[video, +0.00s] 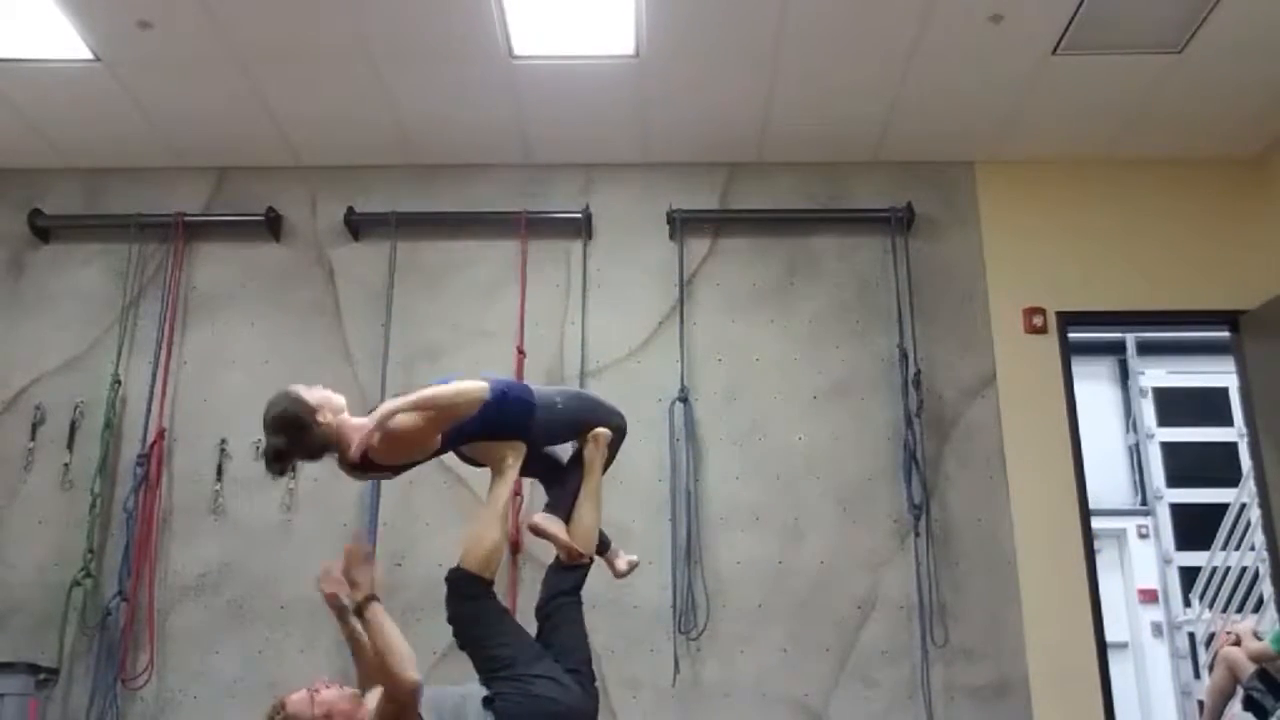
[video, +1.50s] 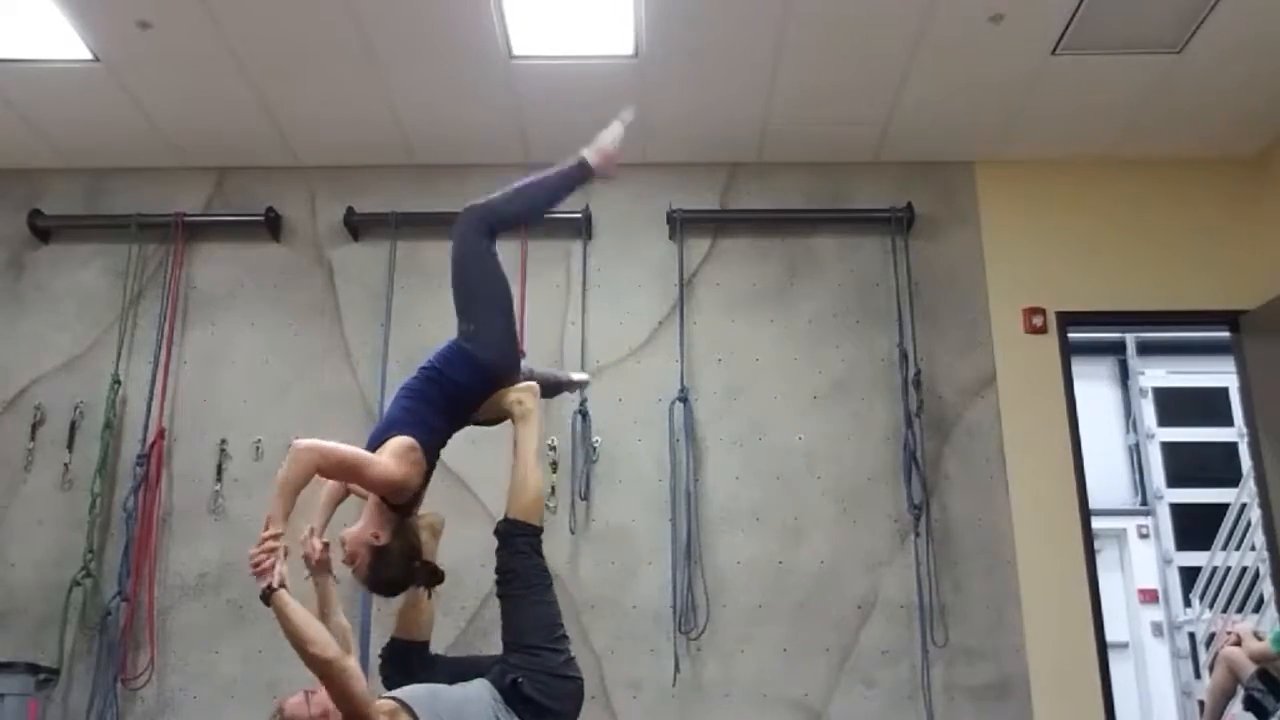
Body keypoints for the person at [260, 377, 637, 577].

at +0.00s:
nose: (321, 388)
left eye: (309, 386)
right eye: (314, 391)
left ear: (319, 430)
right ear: (322, 416)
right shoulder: (383, 437)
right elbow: (476, 392)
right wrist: (387, 413)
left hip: (484, 440)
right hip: (517, 415)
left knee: (559, 477)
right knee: (613, 423)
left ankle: (610, 555)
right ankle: (559, 513)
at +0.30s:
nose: (319, 505)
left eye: (312, 512)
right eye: (325, 512)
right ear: (361, 527)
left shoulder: (373, 479)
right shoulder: (420, 474)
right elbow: (497, 440)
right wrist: (436, 485)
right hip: (519, 406)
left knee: (531, 443)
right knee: (634, 421)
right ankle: (572, 517)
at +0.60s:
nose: (345, 504)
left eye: (343, 513)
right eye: (356, 514)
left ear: (346, 504)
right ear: (383, 520)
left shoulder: (370, 461)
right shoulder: (418, 479)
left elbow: (346, 459)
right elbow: (465, 416)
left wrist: (319, 513)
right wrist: (412, 479)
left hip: (499, 425)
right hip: (524, 399)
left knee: (546, 476)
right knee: (639, 397)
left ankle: (575, 573)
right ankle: (597, 512)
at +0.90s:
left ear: (341, 508)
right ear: (344, 511)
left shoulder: (357, 483)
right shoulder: (364, 470)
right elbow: (342, 424)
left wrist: (307, 512)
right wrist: (321, 491)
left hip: (453, 409)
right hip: (478, 365)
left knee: (543, 450)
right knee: (567, 292)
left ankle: (612, 539)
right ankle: (577, 413)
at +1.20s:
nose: (322, 533)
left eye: (319, 542)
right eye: (325, 540)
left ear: (338, 516)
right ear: (361, 521)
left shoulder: (359, 484)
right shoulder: (378, 470)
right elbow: (342, 440)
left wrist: (292, 529)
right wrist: (304, 506)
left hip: (473, 406)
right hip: (486, 364)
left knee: (561, 434)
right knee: (545, 252)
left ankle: (637, 514)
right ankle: (603, 360)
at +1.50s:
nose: (349, 552)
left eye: (349, 560)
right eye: (359, 555)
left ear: (375, 529)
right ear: (381, 538)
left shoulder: (395, 484)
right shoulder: (393, 480)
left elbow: (339, 470)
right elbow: (303, 453)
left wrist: (314, 533)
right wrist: (273, 530)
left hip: (490, 379)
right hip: (487, 355)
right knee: (476, 222)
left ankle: (555, 382)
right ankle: (588, 165)